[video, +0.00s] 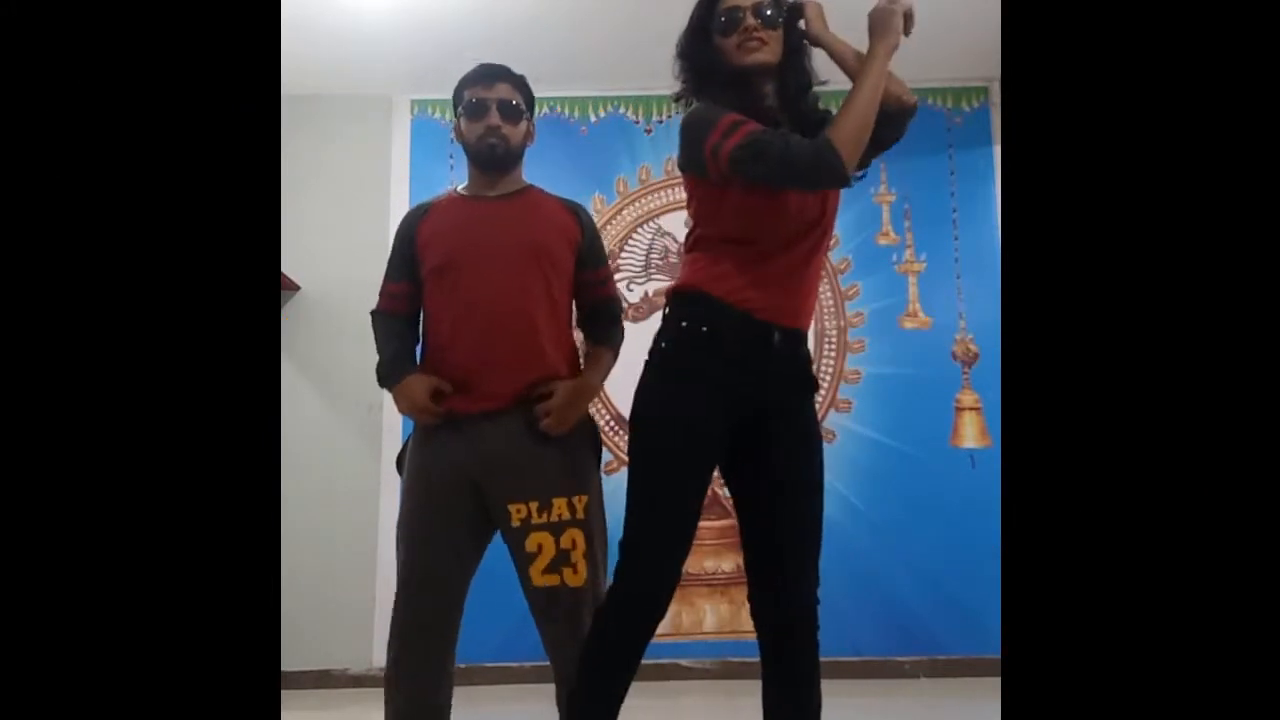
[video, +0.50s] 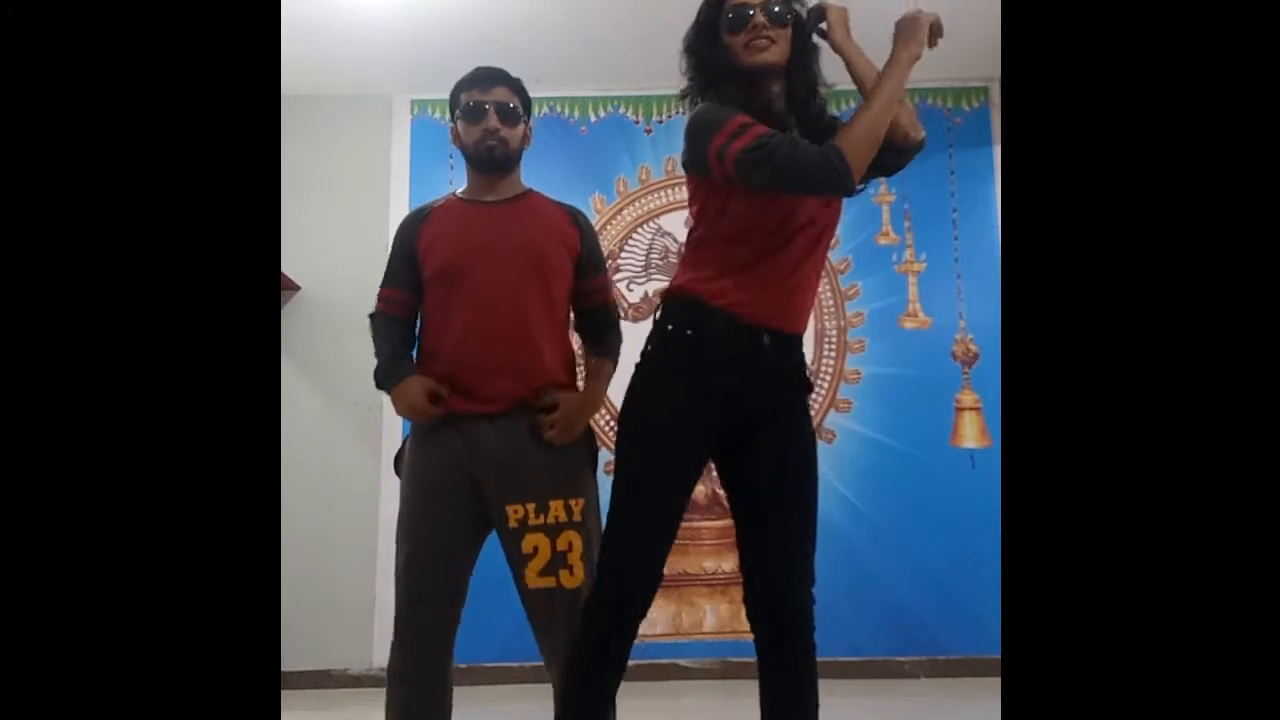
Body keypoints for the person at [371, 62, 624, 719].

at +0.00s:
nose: (492, 118)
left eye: (509, 109)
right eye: (476, 109)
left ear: (529, 129)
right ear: (456, 128)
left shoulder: (570, 220)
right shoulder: (421, 223)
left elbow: (604, 316)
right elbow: (393, 318)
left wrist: (590, 381)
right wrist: (400, 376)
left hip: (549, 439)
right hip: (445, 444)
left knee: (578, 620)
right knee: (420, 623)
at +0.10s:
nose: (492, 113)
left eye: (509, 104)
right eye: (476, 103)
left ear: (529, 124)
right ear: (456, 123)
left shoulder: (570, 212)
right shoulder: (422, 215)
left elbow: (606, 308)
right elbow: (392, 304)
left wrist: (588, 371)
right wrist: (401, 359)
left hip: (547, 428)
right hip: (446, 431)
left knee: (577, 615)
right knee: (422, 619)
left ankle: (591, 719)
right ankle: (413, 718)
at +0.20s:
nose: (493, 119)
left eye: (509, 109)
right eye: (476, 109)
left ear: (529, 130)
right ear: (456, 130)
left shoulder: (569, 222)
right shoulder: (421, 224)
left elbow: (608, 317)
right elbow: (390, 315)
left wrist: (591, 385)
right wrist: (396, 375)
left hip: (547, 441)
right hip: (444, 444)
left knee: (579, 621)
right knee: (418, 622)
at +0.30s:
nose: (492, 113)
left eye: (508, 103)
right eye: (476, 103)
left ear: (529, 124)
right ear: (456, 124)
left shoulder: (570, 214)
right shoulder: (421, 217)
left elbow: (605, 309)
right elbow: (394, 309)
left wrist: (587, 371)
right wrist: (400, 363)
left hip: (547, 432)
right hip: (444, 436)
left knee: (579, 618)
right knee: (417, 621)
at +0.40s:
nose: (491, 121)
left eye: (507, 112)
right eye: (475, 112)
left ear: (527, 132)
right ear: (455, 132)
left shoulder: (569, 224)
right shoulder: (420, 223)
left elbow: (609, 316)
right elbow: (386, 308)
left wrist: (591, 386)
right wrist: (400, 362)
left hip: (547, 437)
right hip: (445, 438)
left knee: (576, 617)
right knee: (419, 618)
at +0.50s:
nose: (492, 121)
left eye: (508, 112)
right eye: (474, 112)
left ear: (527, 132)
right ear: (454, 132)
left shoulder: (569, 224)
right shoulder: (421, 226)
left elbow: (602, 324)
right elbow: (391, 319)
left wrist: (589, 397)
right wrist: (397, 378)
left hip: (546, 442)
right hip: (443, 443)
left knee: (573, 624)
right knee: (420, 624)